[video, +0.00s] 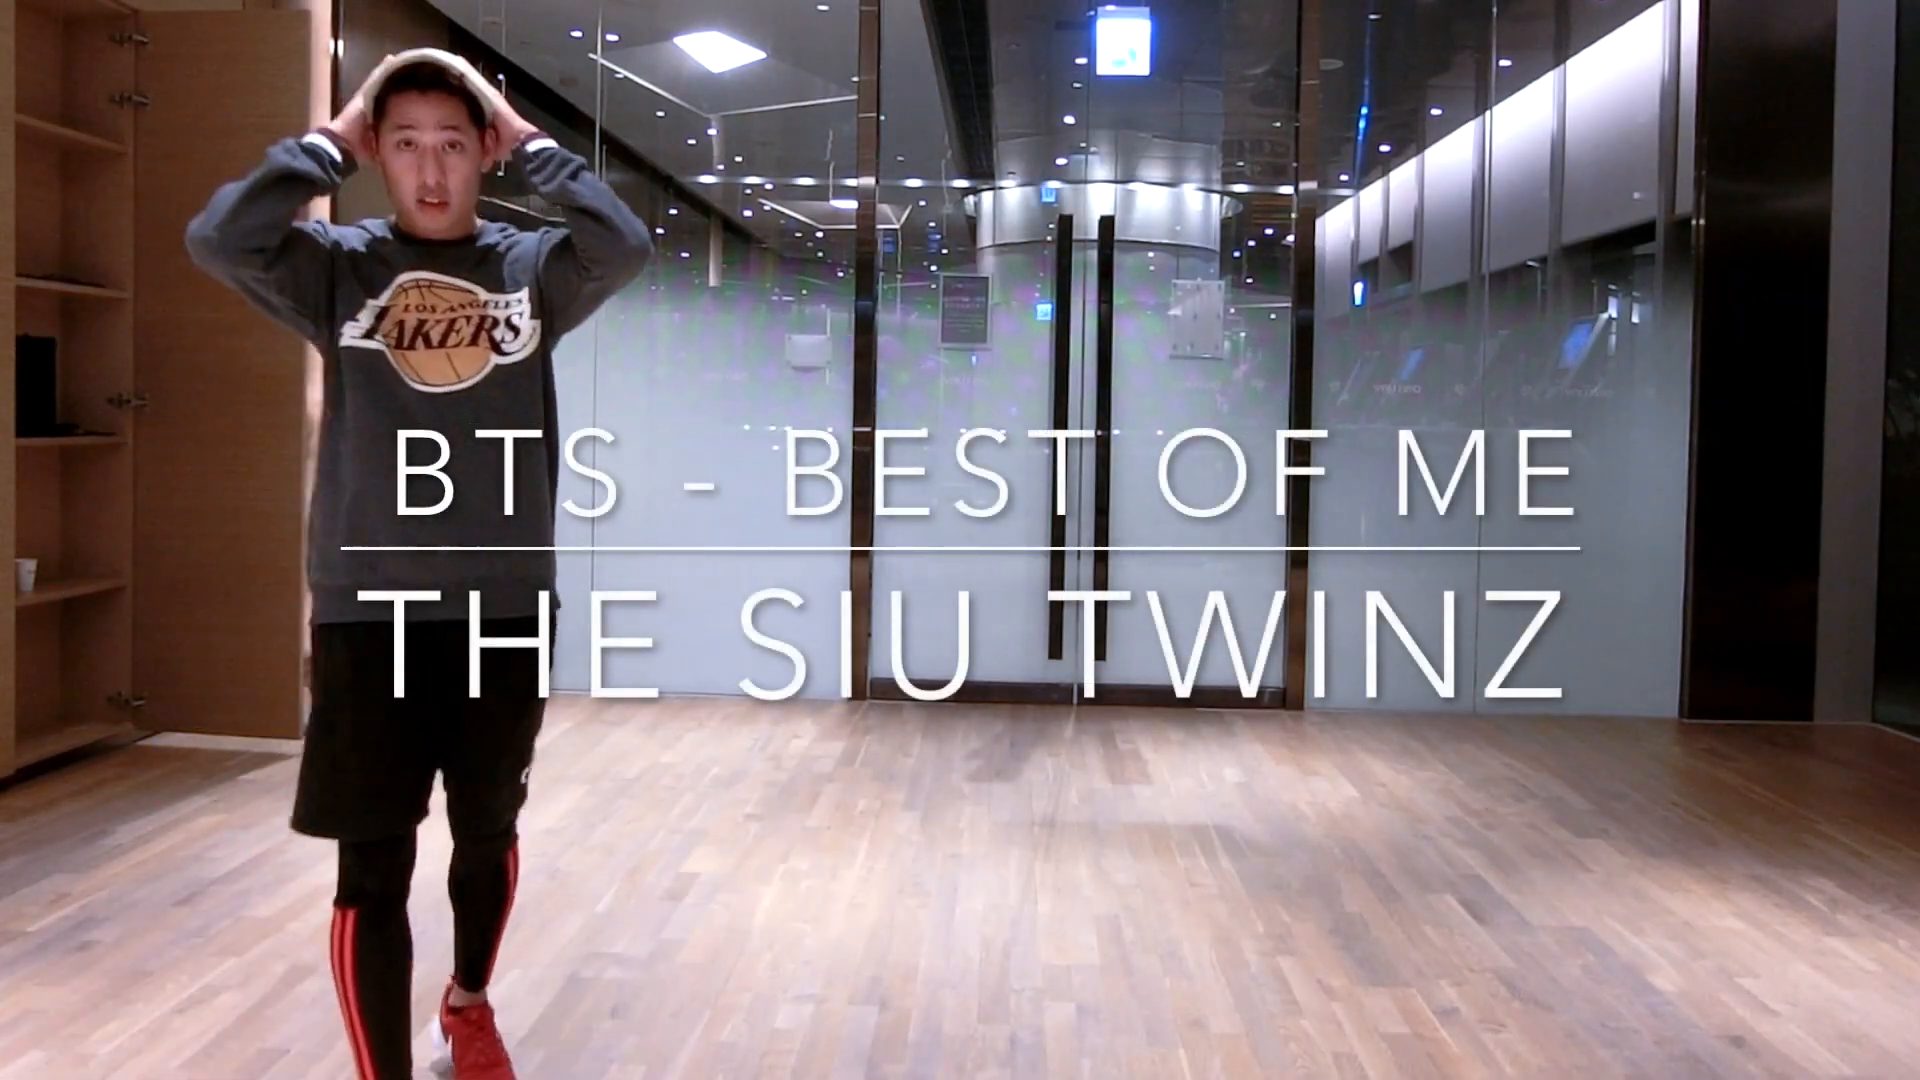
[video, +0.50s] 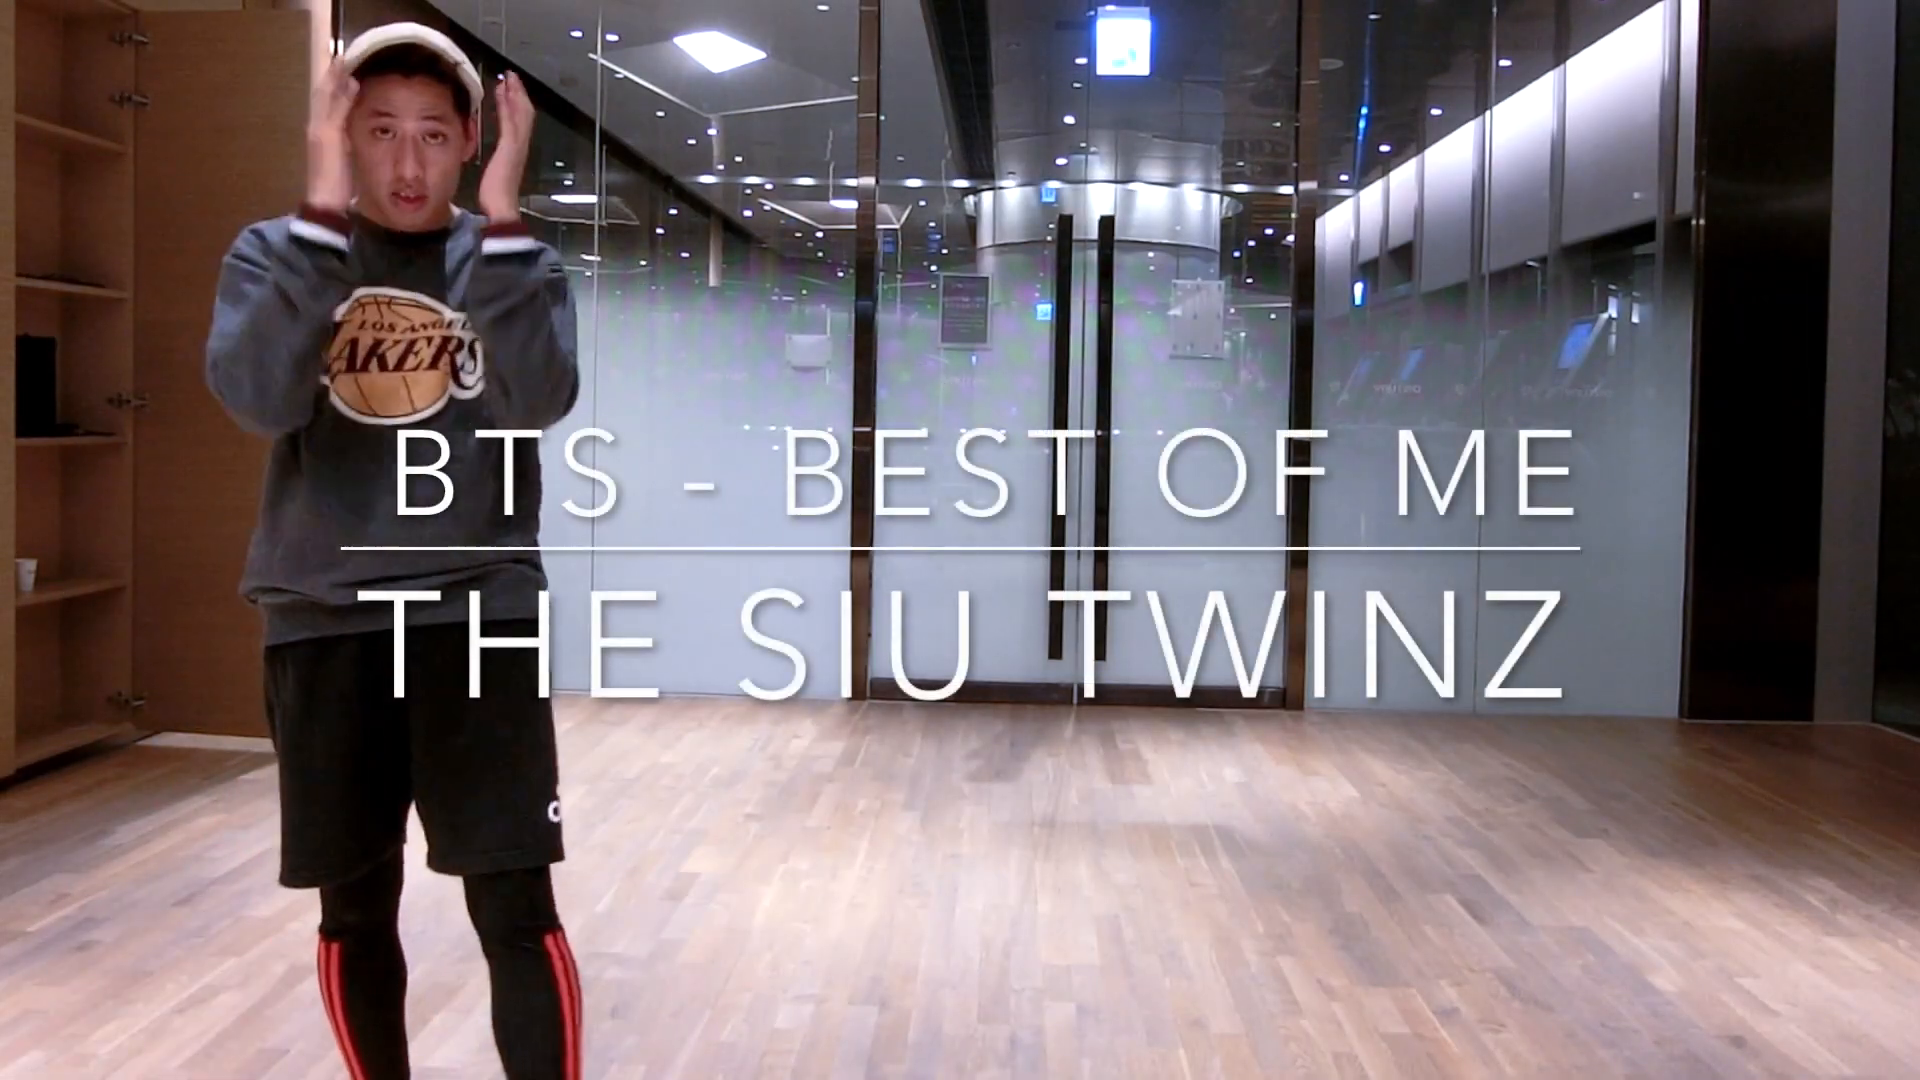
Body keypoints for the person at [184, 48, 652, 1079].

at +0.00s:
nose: (429, 163)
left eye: (450, 141)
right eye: (407, 142)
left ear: (485, 158)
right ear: (378, 160)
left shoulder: (531, 272)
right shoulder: (341, 274)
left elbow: (624, 245)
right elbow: (219, 240)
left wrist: (522, 144)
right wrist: (331, 141)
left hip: (502, 604)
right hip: (369, 605)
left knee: (489, 833)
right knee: (374, 862)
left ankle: (469, 1002)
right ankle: (385, 1071)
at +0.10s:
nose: (422, 153)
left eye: (444, 130)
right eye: (400, 129)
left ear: (480, 150)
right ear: (369, 148)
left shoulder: (524, 265)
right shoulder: (327, 263)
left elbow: (618, 233)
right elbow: (205, 215)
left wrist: (517, 134)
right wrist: (321, 127)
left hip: (498, 603)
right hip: (359, 607)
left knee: (504, 842)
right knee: (368, 868)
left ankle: (473, 998)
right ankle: (385, 1073)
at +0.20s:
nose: (418, 147)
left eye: (440, 124)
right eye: (395, 123)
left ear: (474, 144)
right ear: (361, 140)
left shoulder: (518, 260)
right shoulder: (315, 257)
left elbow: (612, 237)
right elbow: (189, 208)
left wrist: (511, 142)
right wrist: (311, 122)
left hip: (493, 613)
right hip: (349, 614)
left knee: (516, 877)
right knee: (362, 888)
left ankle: (473, 996)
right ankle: (383, 1075)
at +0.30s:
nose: (412, 145)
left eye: (435, 121)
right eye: (388, 120)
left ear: (469, 140)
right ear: (351, 139)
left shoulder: (505, 255)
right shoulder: (313, 251)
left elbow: (597, 268)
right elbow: (187, 240)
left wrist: (507, 153)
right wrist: (302, 133)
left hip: (489, 604)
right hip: (342, 609)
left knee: (509, 866)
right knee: (360, 880)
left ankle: (490, 1057)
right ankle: (382, 1075)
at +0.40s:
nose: (407, 152)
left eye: (431, 126)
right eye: (385, 125)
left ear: (467, 140)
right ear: (348, 139)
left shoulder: (504, 248)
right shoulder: (315, 244)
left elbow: (571, 338)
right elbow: (211, 322)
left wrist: (505, 186)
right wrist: (306, 172)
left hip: (483, 603)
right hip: (335, 607)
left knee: (503, 893)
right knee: (357, 896)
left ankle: (525, 1077)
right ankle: (383, 1078)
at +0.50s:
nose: (408, 156)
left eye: (433, 132)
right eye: (383, 130)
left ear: (469, 150)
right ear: (343, 144)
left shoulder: (518, 265)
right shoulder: (277, 254)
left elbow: (536, 399)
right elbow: (261, 399)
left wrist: (499, 219)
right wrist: (323, 213)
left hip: (485, 622)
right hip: (330, 624)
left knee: (515, 909)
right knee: (355, 910)